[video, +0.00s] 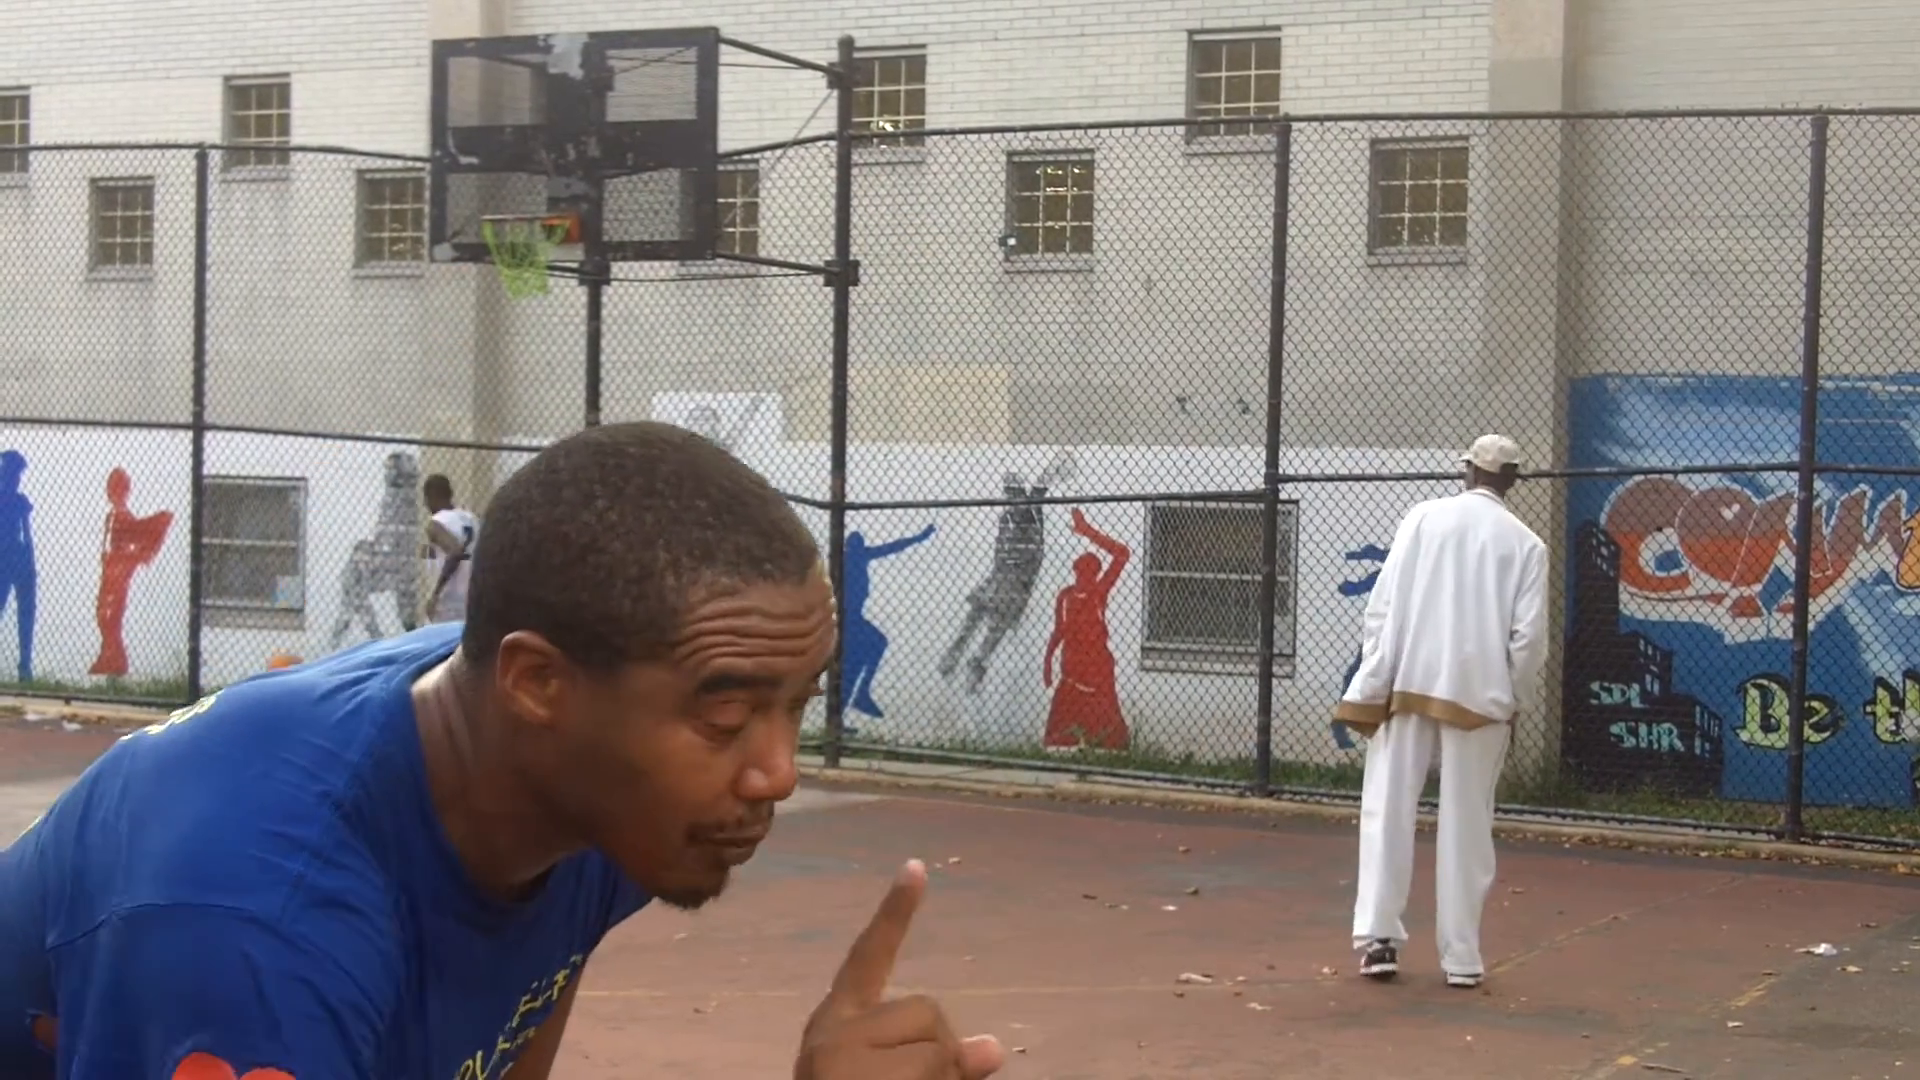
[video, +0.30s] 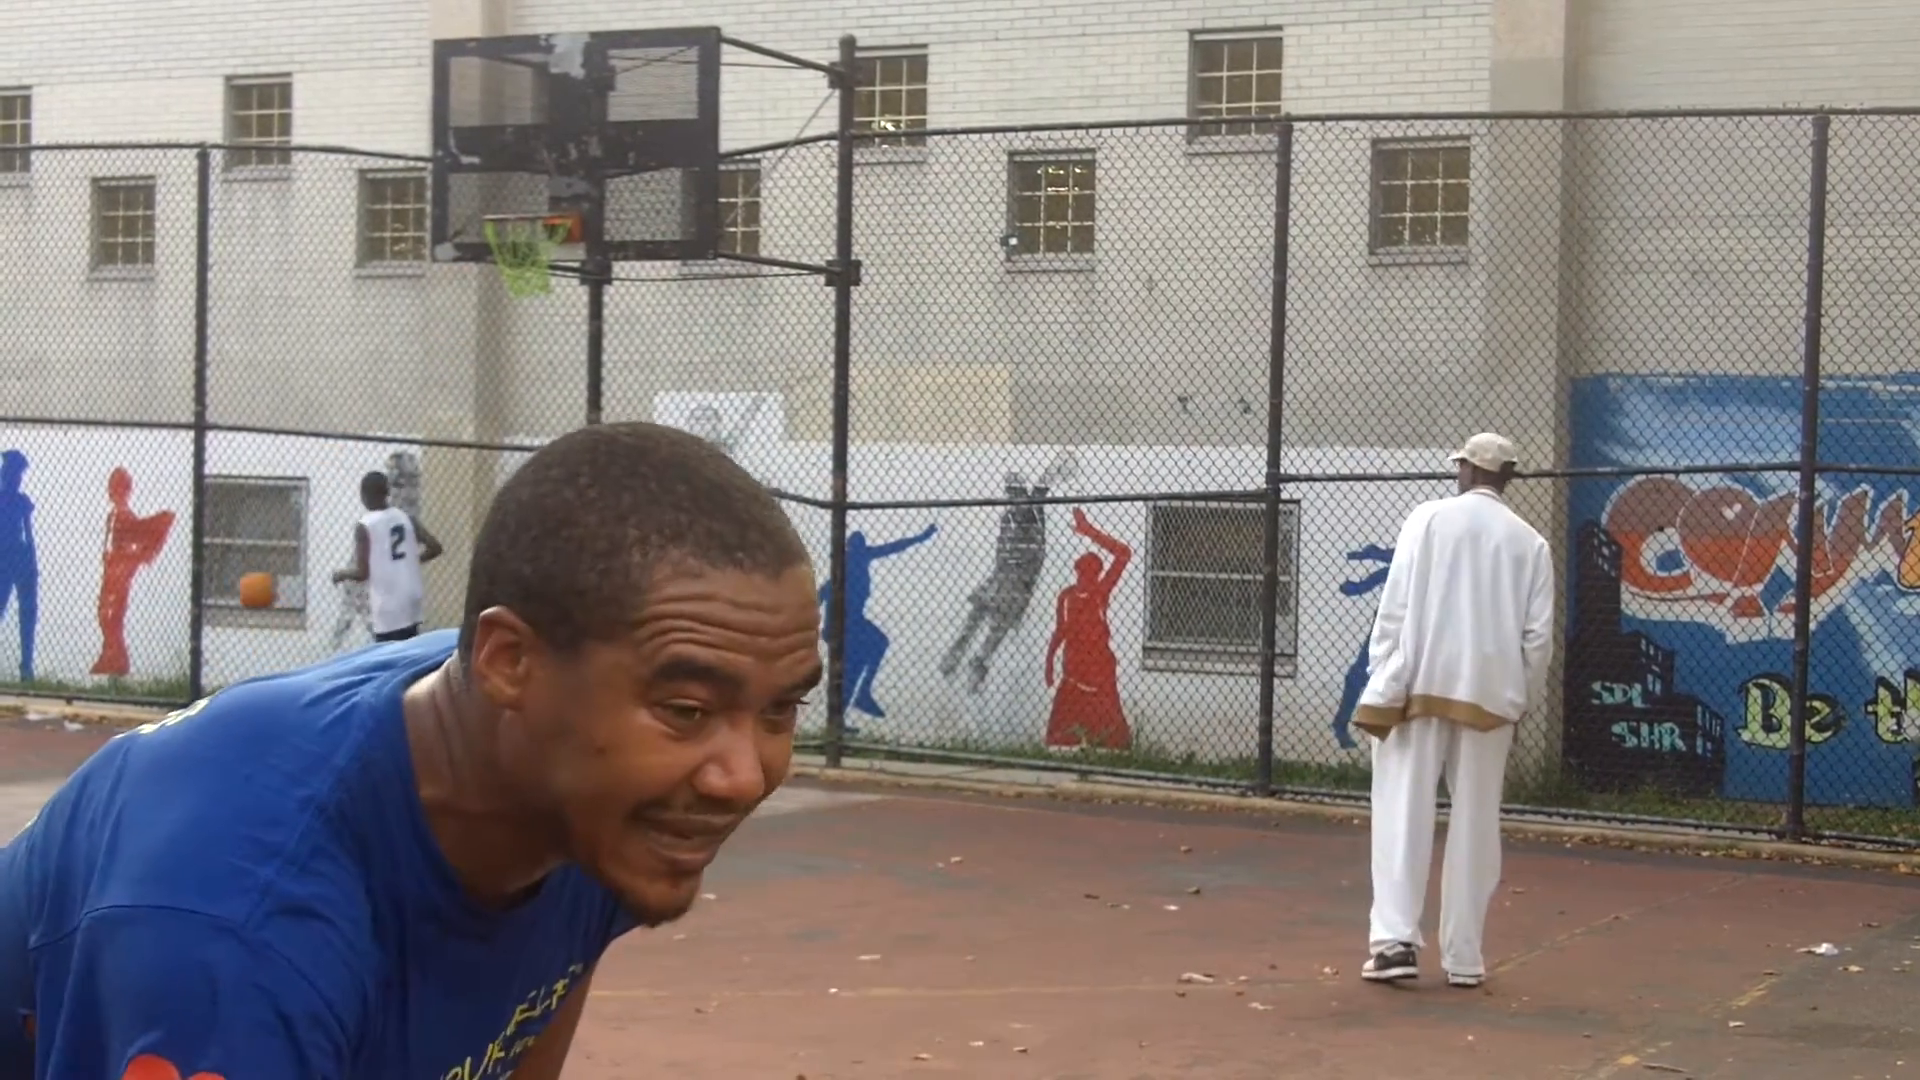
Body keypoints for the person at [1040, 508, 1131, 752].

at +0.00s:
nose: (1085, 576)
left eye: (1090, 571)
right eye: (1081, 571)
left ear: (1096, 574)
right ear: (1075, 570)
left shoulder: (1101, 590)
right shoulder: (1065, 595)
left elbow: (1122, 554)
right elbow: (1059, 630)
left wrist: (1088, 531)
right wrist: (1048, 660)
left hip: (1098, 657)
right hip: (1072, 657)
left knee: (1101, 705)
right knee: (1067, 705)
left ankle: (1111, 745)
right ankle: (1061, 744)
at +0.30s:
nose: (1087, 577)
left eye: (1092, 572)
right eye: (1083, 571)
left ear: (1098, 574)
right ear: (1077, 571)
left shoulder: (1102, 591)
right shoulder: (1066, 595)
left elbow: (1123, 554)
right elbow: (1060, 630)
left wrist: (1089, 531)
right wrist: (1049, 660)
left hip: (1100, 656)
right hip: (1074, 657)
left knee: (1103, 704)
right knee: (1069, 704)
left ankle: (1112, 745)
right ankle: (1062, 744)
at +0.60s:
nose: (1090, 575)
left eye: (1094, 570)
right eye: (1086, 569)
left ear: (1100, 572)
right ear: (1079, 570)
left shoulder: (1105, 590)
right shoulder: (1069, 594)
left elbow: (1126, 554)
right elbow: (1063, 629)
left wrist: (1092, 531)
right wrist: (1051, 659)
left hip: (1102, 658)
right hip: (1076, 658)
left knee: (1106, 706)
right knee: (1071, 706)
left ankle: (1116, 747)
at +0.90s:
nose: (1094, 575)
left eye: (1098, 570)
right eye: (1091, 570)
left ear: (1103, 573)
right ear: (1084, 570)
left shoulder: (1109, 590)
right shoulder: (1073, 594)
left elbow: (1130, 554)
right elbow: (1067, 629)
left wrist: (1095, 531)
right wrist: (1055, 659)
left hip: (1105, 657)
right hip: (1080, 657)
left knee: (1109, 704)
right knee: (1075, 705)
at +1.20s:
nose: (1094, 575)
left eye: (1098, 570)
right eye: (1090, 569)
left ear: (1103, 572)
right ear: (1083, 570)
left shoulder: (1109, 590)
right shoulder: (1073, 594)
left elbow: (1129, 554)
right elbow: (1067, 629)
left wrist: (1095, 531)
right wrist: (1055, 658)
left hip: (1105, 656)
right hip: (1080, 657)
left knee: (1109, 703)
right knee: (1076, 704)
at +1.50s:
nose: (1094, 575)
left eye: (1098, 570)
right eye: (1091, 569)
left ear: (1104, 572)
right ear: (1084, 569)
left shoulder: (1109, 590)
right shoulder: (1073, 594)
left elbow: (1130, 554)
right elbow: (1067, 629)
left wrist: (1096, 531)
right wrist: (1055, 658)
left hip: (1105, 656)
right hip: (1080, 656)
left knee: (1109, 703)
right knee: (1076, 703)